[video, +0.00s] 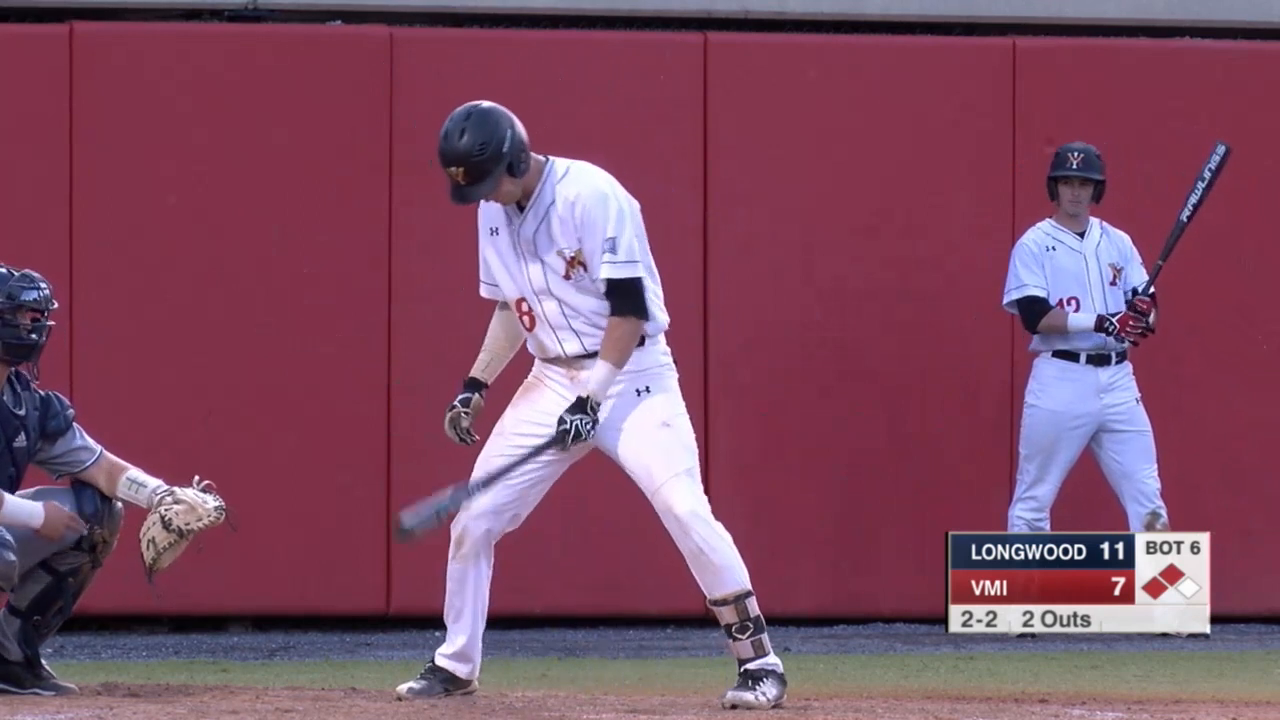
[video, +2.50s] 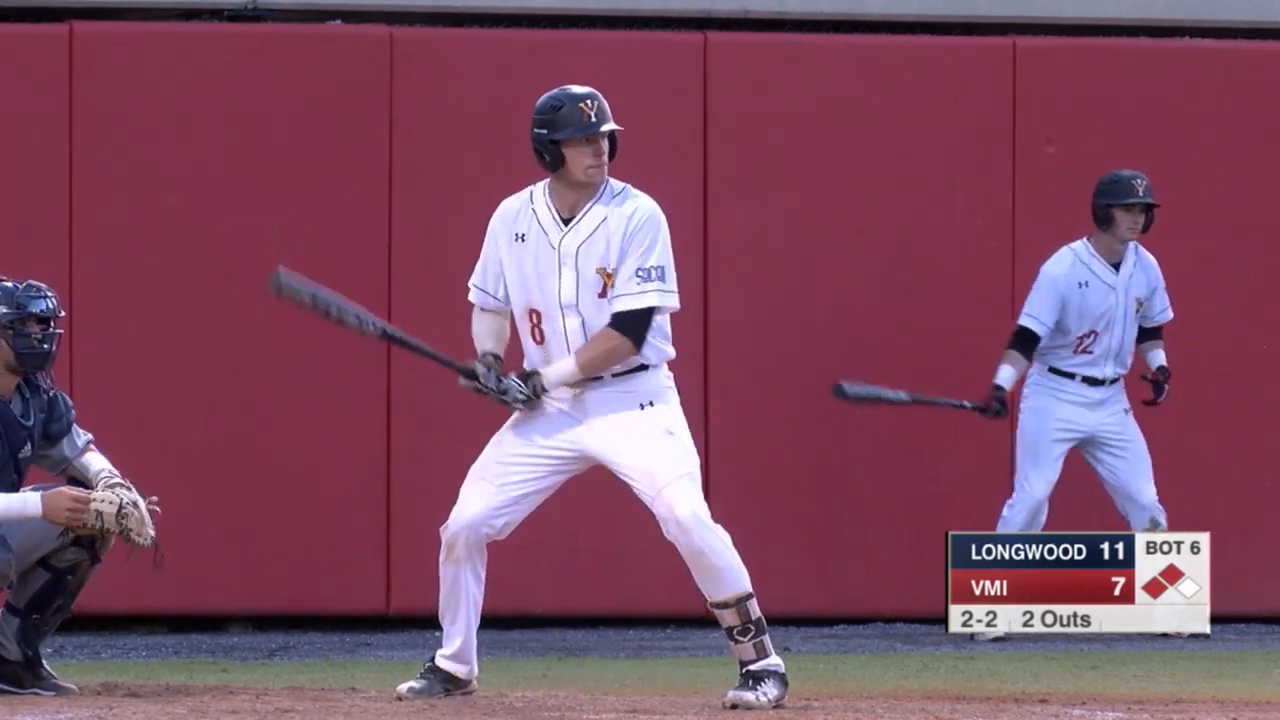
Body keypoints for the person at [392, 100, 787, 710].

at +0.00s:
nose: (485, 199)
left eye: (488, 186)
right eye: (477, 191)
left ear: (515, 162)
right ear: (476, 172)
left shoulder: (594, 193)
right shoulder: (492, 207)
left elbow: (629, 309)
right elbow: (510, 308)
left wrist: (589, 396)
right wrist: (473, 389)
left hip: (632, 378)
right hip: (552, 381)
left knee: (681, 505)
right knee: (474, 519)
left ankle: (759, 664)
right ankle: (455, 665)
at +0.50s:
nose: (623, 138)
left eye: (624, 125)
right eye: (609, 130)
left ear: (628, 118)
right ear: (574, 132)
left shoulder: (672, 189)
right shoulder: (532, 200)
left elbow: (726, 252)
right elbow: (512, 295)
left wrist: (743, 277)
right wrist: (500, 372)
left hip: (653, 383)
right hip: (562, 386)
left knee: (698, 513)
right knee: (486, 525)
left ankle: (761, 664)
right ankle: (454, 665)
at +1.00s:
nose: (628, 124)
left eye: (631, 112)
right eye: (613, 116)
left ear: (637, 114)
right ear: (577, 123)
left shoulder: (669, 197)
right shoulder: (535, 194)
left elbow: (680, 312)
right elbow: (520, 291)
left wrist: (643, 387)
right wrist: (520, 369)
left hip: (652, 380)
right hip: (561, 383)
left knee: (697, 513)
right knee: (483, 523)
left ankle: (762, 663)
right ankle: (455, 665)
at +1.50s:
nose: (577, 134)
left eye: (582, 122)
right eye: (562, 126)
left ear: (591, 122)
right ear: (530, 133)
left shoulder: (622, 192)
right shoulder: (510, 193)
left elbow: (576, 304)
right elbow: (511, 271)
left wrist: (486, 310)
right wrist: (472, 291)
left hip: (630, 382)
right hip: (550, 382)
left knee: (681, 510)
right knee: (470, 520)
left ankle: (759, 664)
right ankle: (454, 665)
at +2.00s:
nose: (605, 144)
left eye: (609, 132)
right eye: (589, 136)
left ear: (617, 133)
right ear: (557, 145)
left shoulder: (658, 204)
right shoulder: (526, 225)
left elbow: (683, 319)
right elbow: (532, 337)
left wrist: (631, 400)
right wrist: (575, 406)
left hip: (658, 397)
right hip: (570, 403)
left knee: (697, 516)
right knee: (483, 526)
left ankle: (762, 666)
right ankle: (454, 666)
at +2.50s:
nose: (598, 151)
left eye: (603, 139)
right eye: (582, 141)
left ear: (611, 141)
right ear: (550, 147)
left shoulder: (638, 215)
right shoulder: (511, 218)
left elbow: (630, 333)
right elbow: (491, 302)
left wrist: (543, 378)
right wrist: (489, 360)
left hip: (636, 405)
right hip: (547, 408)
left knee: (686, 518)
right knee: (465, 524)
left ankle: (761, 665)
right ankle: (453, 665)